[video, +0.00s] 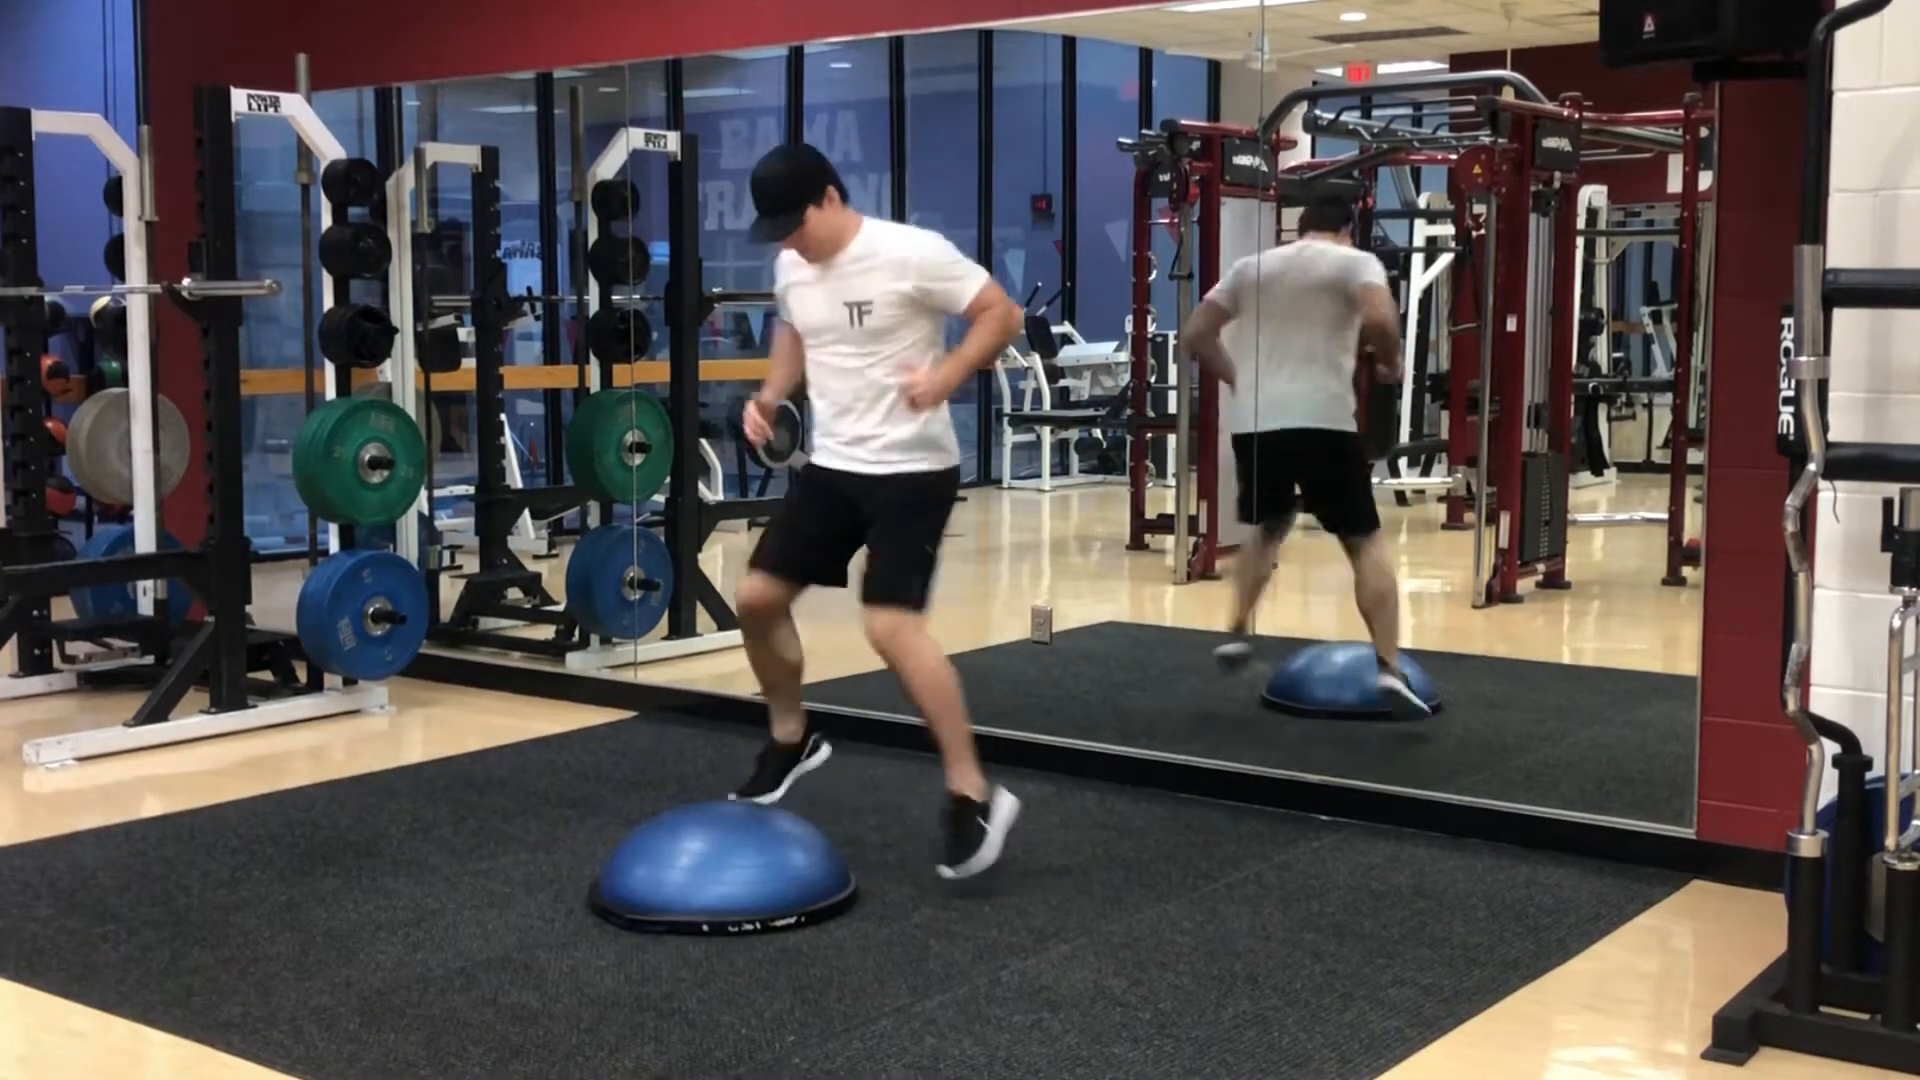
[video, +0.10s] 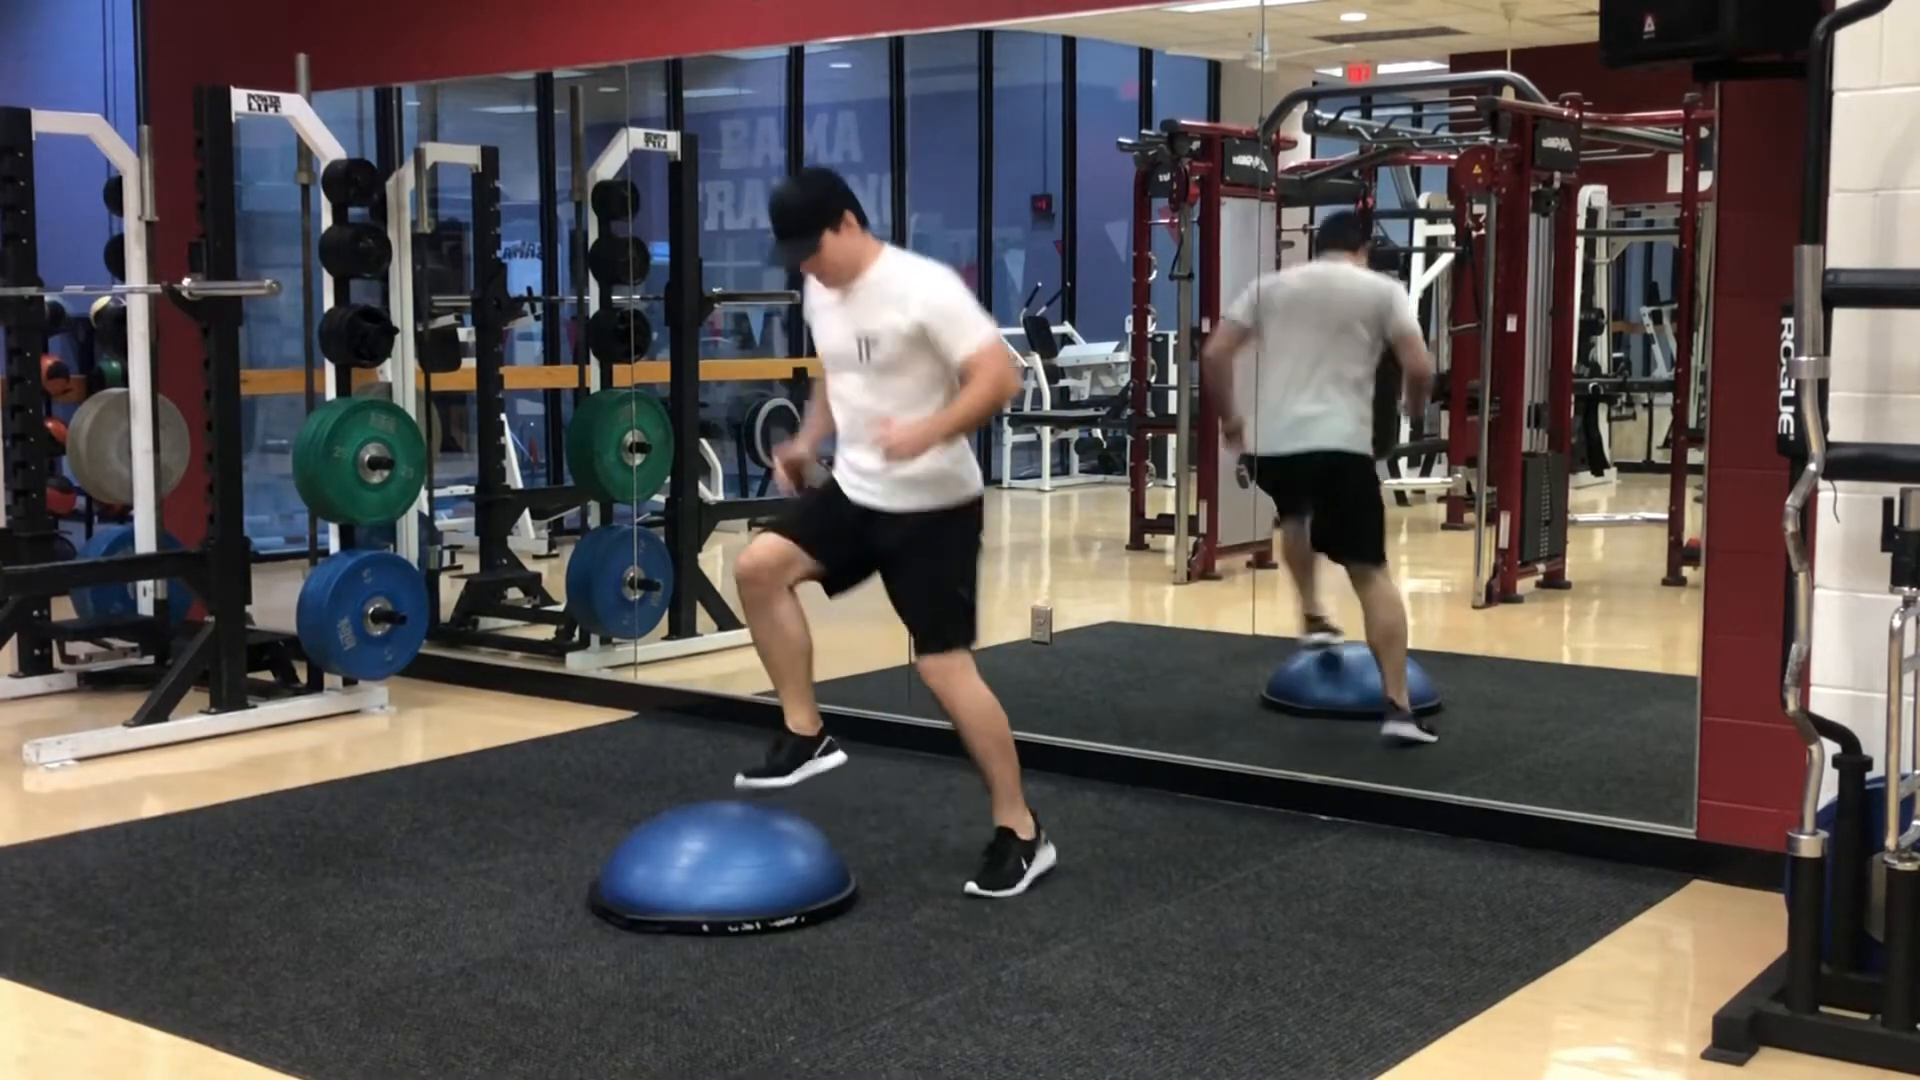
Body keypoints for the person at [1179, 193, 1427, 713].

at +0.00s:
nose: (1354, 239)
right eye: (1354, 231)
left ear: (1301, 224)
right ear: (1346, 228)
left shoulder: (1249, 267)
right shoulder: (1357, 262)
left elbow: (1195, 335)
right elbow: (1379, 319)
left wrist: (1239, 378)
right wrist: (1390, 363)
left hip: (1254, 425)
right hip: (1324, 424)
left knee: (1267, 527)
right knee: (1367, 546)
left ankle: (1237, 630)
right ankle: (1389, 668)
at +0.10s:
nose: (1370, 259)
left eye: (1365, 252)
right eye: (1369, 251)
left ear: (1315, 248)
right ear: (1362, 249)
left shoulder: (1269, 286)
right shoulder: (1384, 290)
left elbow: (1214, 353)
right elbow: (1420, 367)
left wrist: (1229, 418)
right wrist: (1414, 405)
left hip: (1275, 448)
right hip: (1344, 449)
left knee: (1293, 518)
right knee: (1372, 575)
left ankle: (1312, 617)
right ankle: (1399, 709)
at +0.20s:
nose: (1379, 279)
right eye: (1381, 272)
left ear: (1329, 267)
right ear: (1375, 270)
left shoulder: (1283, 310)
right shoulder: (1394, 315)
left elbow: (1229, 373)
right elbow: (1428, 402)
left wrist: (1241, 437)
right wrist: (1395, 393)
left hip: (1279, 469)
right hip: (1353, 472)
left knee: (1313, 533)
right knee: (1391, 592)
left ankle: (1333, 621)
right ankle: (1399, 716)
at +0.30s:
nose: (1374, 257)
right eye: (1375, 249)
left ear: (1324, 243)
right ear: (1370, 247)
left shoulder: (1279, 282)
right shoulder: (1390, 288)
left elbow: (1226, 351)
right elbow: (1427, 367)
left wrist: (1265, 383)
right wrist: (1381, 358)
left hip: (1276, 449)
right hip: (1346, 453)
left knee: (1294, 517)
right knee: (1373, 580)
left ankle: (1287, 620)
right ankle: (1396, 710)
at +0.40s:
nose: (1364, 236)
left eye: (1359, 230)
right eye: (1365, 229)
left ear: (1312, 221)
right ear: (1360, 226)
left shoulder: (1262, 261)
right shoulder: (1370, 261)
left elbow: (1214, 335)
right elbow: (1400, 324)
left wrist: (1269, 347)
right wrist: (1387, 362)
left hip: (1266, 422)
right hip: (1333, 426)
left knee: (1270, 530)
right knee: (1372, 539)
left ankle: (1232, 640)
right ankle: (1367, 654)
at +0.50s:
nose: (1348, 248)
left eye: (1341, 241)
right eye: (1348, 242)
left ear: (1299, 236)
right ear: (1343, 239)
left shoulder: (1250, 276)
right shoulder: (1348, 265)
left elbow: (1209, 355)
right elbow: (1361, 314)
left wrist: (1264, 365)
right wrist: (1377, 379)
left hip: (1249, 428)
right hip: (1316, 427)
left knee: (1245, 552)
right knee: (1361, 513)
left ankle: (1200, 675)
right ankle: (1327, 617)